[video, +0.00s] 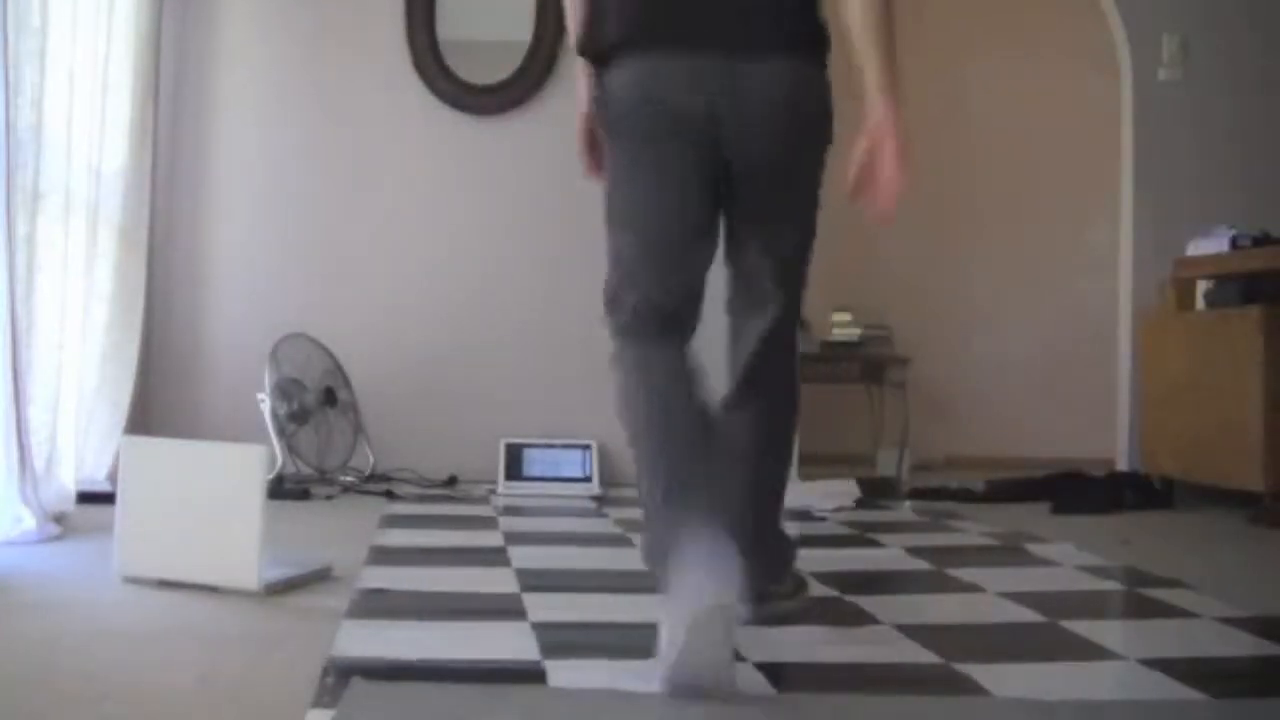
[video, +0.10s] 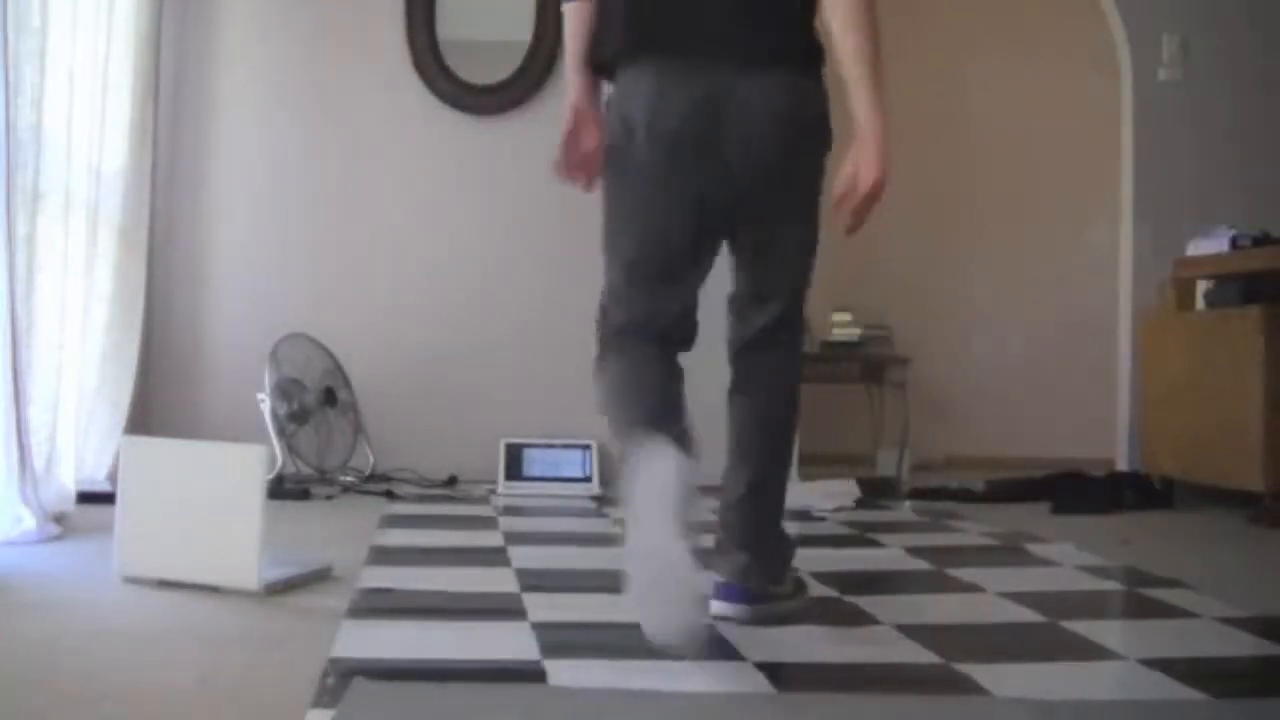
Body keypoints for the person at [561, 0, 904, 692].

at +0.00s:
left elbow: (579, 3)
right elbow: (849, 1)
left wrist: (591, 90)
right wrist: (877, 101)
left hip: (650, 67)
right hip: (778, 68)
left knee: (648, 326)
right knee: (765, 332)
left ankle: (695, 560)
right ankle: (757, 570)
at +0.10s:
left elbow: (582, 1)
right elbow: (837, 4)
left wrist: (581, 92)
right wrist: (866, 129)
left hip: (655, 88)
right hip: (780, 92)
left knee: (638, 327)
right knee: (767, 337)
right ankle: (750, 564)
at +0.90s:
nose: (772, 209)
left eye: (783, 200)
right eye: (778, 193)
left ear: (757, 161)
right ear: (757, 164)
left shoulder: (703, 181)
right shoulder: (667, 157)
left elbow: (695, 316)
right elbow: (644, 332)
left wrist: (725, 447)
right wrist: (658, 465)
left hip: (550, 186)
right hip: (481, 166)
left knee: (611, 344)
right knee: (564, 342)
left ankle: (534, 501)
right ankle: (465, 500)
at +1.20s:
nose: (754, 300)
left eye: (765, 291)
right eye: (760, 285)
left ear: (736, 249)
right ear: (739, 256)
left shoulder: (690, 264)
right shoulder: (646, 236)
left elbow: (667, 383)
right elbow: (600, 391)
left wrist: (690, 509)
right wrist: (640, 528)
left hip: (530, 274)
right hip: (471, 271)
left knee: (658, 373)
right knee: (611, 386)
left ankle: (542, 504)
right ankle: (471, 496)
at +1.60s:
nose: (712, 237)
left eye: (716, 222)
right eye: (707, 220)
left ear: (674, 209)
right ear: (674, 206)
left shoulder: (653, 260)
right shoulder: (582, 248)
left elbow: (645, 377)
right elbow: (566, 404)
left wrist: (693, 507)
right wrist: (641, 529)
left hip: (581, 390)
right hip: (501, 410)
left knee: (720, 401)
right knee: (672, 461)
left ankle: (568, 496)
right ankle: (495, 488)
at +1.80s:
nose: (710, 224)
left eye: (714, 210)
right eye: (704, 208)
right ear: (670, 195)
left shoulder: (653, 252)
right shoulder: (584, 239)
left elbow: (666, 380)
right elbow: (584, 391)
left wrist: (737, 497)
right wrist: (674, 517)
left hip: (571, 386)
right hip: (502, 403)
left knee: (723, 408)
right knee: (673, 459)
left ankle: (566, 496)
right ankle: (496, 489)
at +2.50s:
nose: (895, 223)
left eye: (901, 208)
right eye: (894, 203)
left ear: (861, 191)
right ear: (858, 184)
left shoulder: (792, 248)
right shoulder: (760, 223)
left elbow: (757, 383)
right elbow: (703, 385)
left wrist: (781, 512)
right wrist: (723, 538)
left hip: (670, 390)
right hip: (600, 386)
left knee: (766, 540)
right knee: (695, 562)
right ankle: (539, 478)